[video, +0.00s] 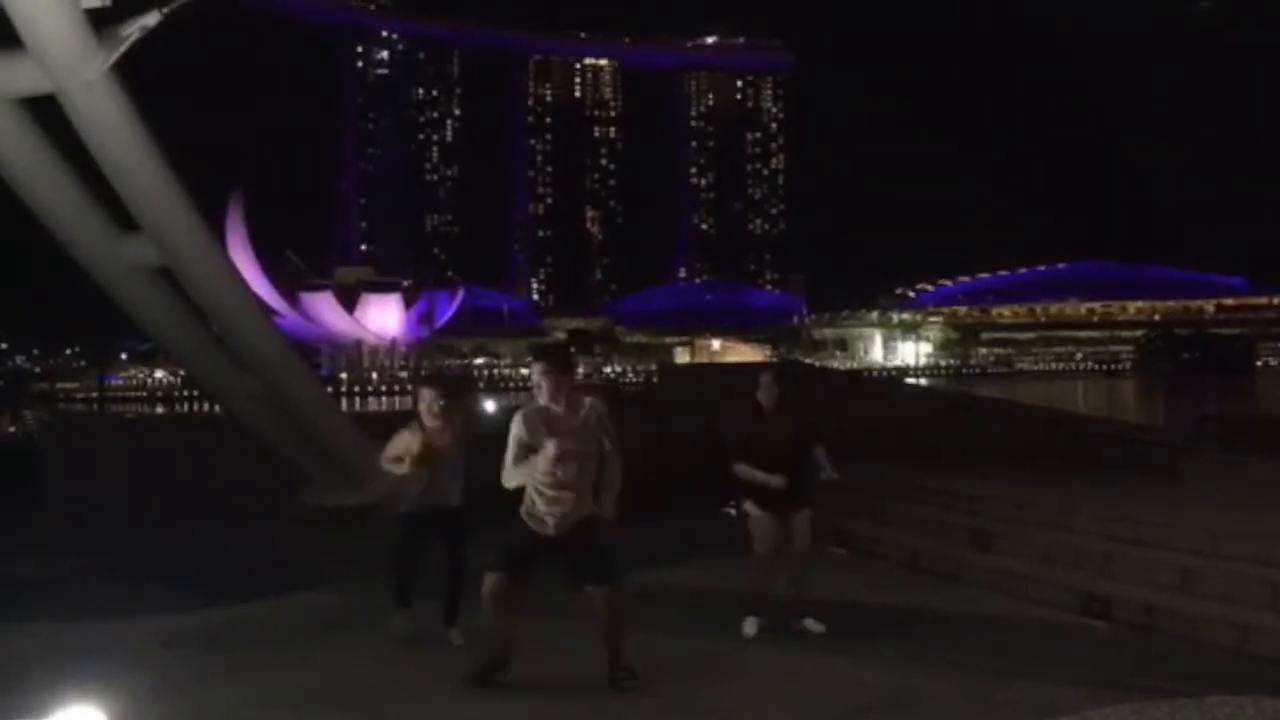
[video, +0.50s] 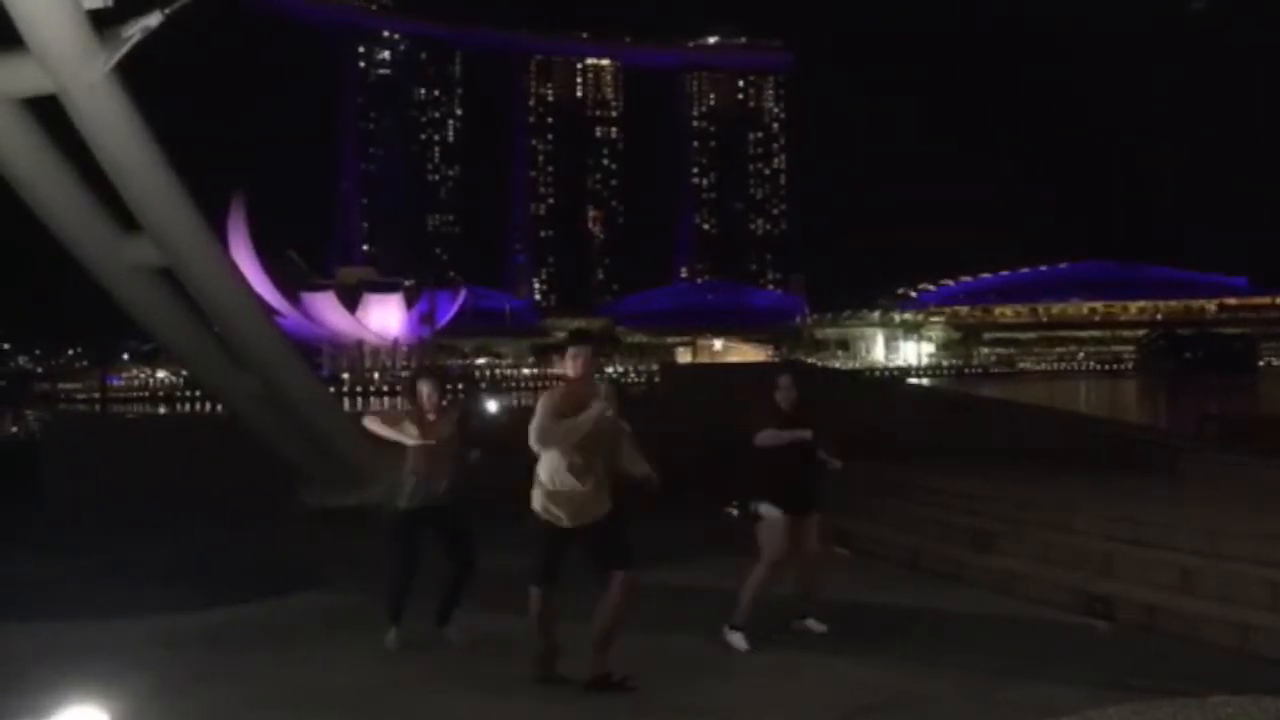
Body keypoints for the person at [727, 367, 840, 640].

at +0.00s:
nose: (768, 393)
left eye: (772, 387)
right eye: (764, 388)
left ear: (781, 389)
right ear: (756, 390)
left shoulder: (794, 416)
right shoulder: (747, 420)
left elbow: (814, 446)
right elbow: (737, 465)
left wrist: (825, 468)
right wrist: (768, 479)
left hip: (796, 495)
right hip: (761, 498)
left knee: (801, 555)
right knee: (763, 556)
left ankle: (802, 613)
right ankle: (756, 612)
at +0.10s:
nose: (771, 394)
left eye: (776, 388)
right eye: (768, 388)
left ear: (787, 390)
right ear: (762, 391)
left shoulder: (799, 418)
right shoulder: (753, 418)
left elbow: (818, 443)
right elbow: (721, 448)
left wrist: (821, 464)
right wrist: (746, 466)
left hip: (800, 491)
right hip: (765, 492)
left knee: (804, 553)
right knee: (766, 552)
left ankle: (801, 614)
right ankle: (739, 614)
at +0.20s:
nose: (777, 398)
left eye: (781, 392)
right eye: (773, 392)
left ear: (790, 394)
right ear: (766, 395)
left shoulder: (802, 422)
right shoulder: (757, 422)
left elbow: (822, 447)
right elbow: (720, 442)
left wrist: (818, 460)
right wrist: (748, 455)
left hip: (801, 496)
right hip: (766, 497)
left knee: (810, 556)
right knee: (759, 561)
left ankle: (804, 614)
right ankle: (736, 623)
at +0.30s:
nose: (783, 397)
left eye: (787, 391)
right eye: (779, 392)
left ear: (795, 393)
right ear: (771, 394)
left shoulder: (803, 422)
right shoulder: (761, 422)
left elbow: (811, 450)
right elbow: (737, 459)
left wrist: (824, 452)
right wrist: (768, 465)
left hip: (803, 496)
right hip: (769, 498)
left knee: (811, 555)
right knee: (771, 556)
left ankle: (804, 614)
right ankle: (739, 619)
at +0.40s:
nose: (784, 397)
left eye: (788, 391)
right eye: (779, 391)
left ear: (797, 393)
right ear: (772, 393)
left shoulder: (804, 418)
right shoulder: (764, 419)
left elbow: (813, 442)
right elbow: (749, 457)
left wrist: (828, 450)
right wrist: (791, 455)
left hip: (803, 495)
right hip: (770, 495)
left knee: (810, 555)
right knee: (774, 553)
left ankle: (804, 614)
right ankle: (741, 615)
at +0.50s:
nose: (785, 394)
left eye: (789, 389)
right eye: (781, 389)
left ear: (798, 390)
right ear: (774, 391)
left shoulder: (804, 416)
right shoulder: (767, 414)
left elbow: (808, 449)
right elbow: (760, 438)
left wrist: (826, 459)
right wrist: (800, 435)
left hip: (803, 494)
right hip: (771, 495)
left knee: (810, 555)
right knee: (772, 557)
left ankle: (804, 614)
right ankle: (736, 625)